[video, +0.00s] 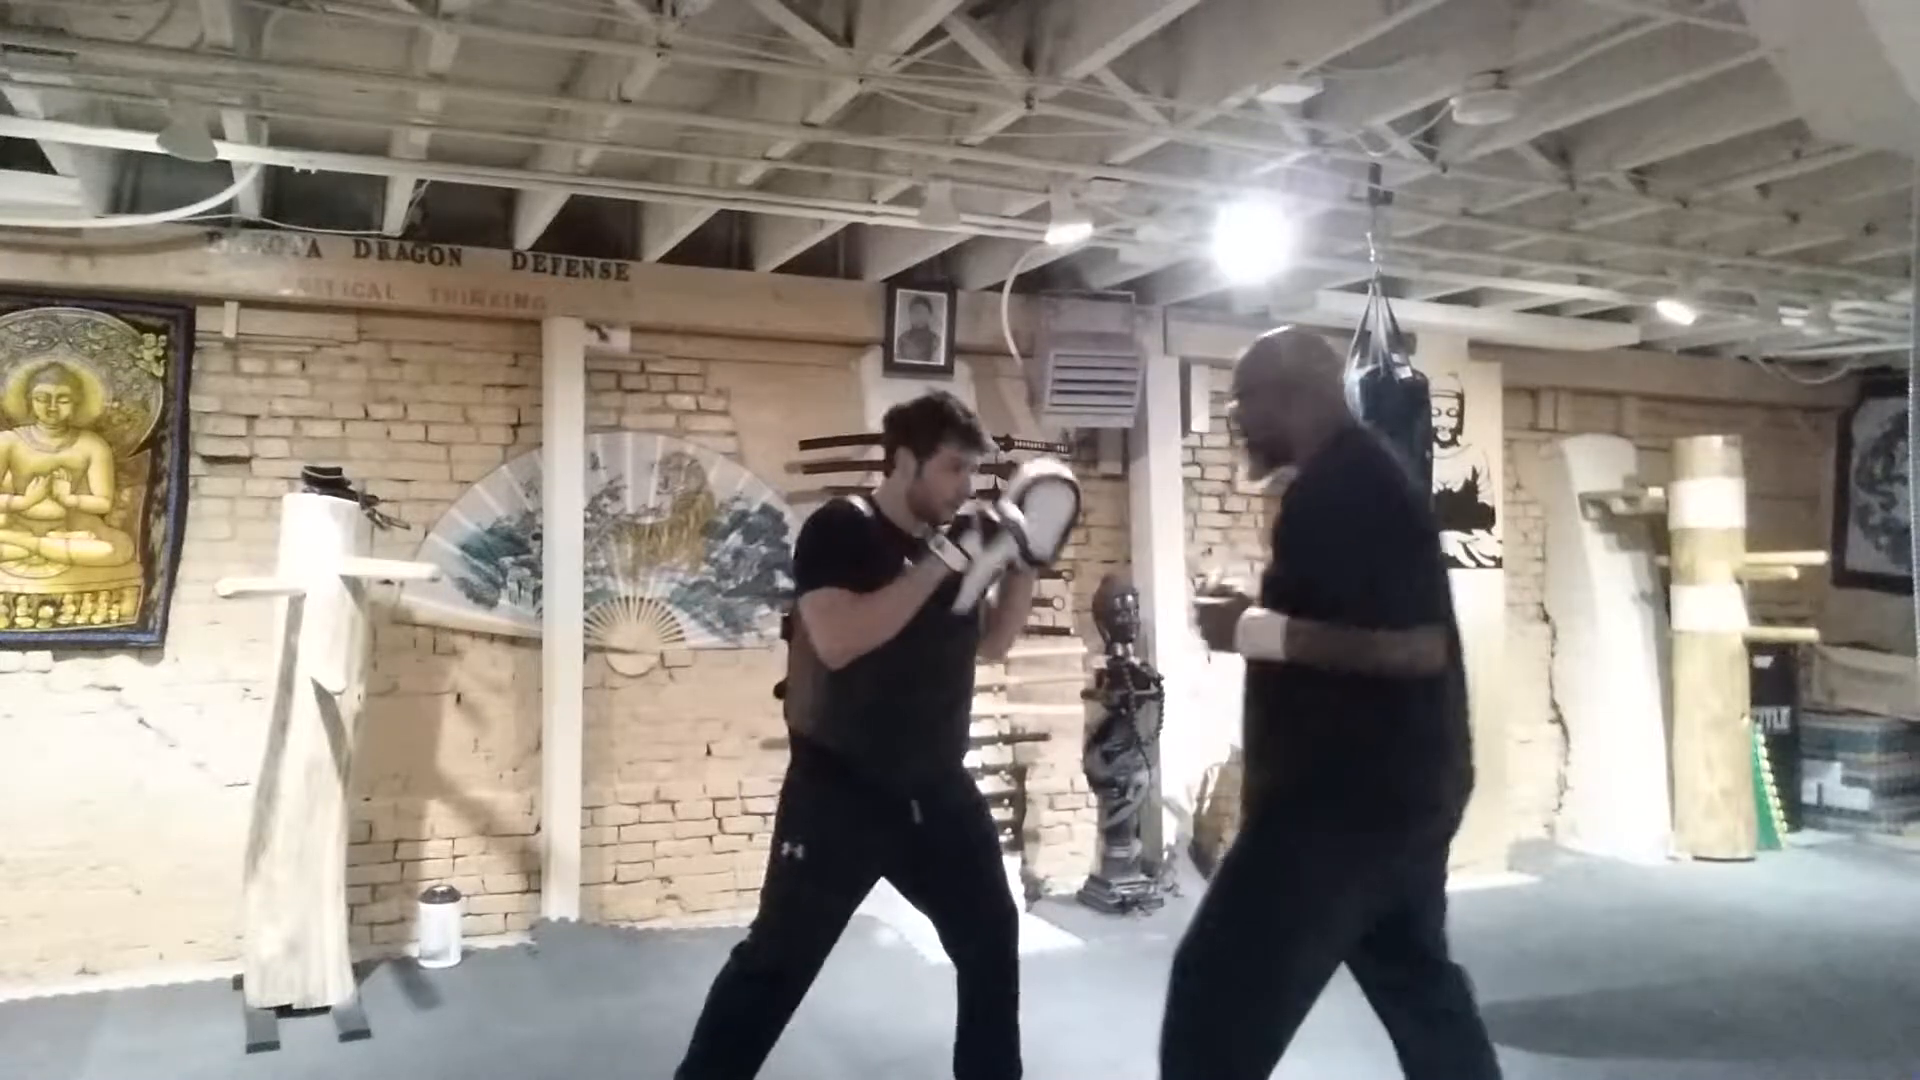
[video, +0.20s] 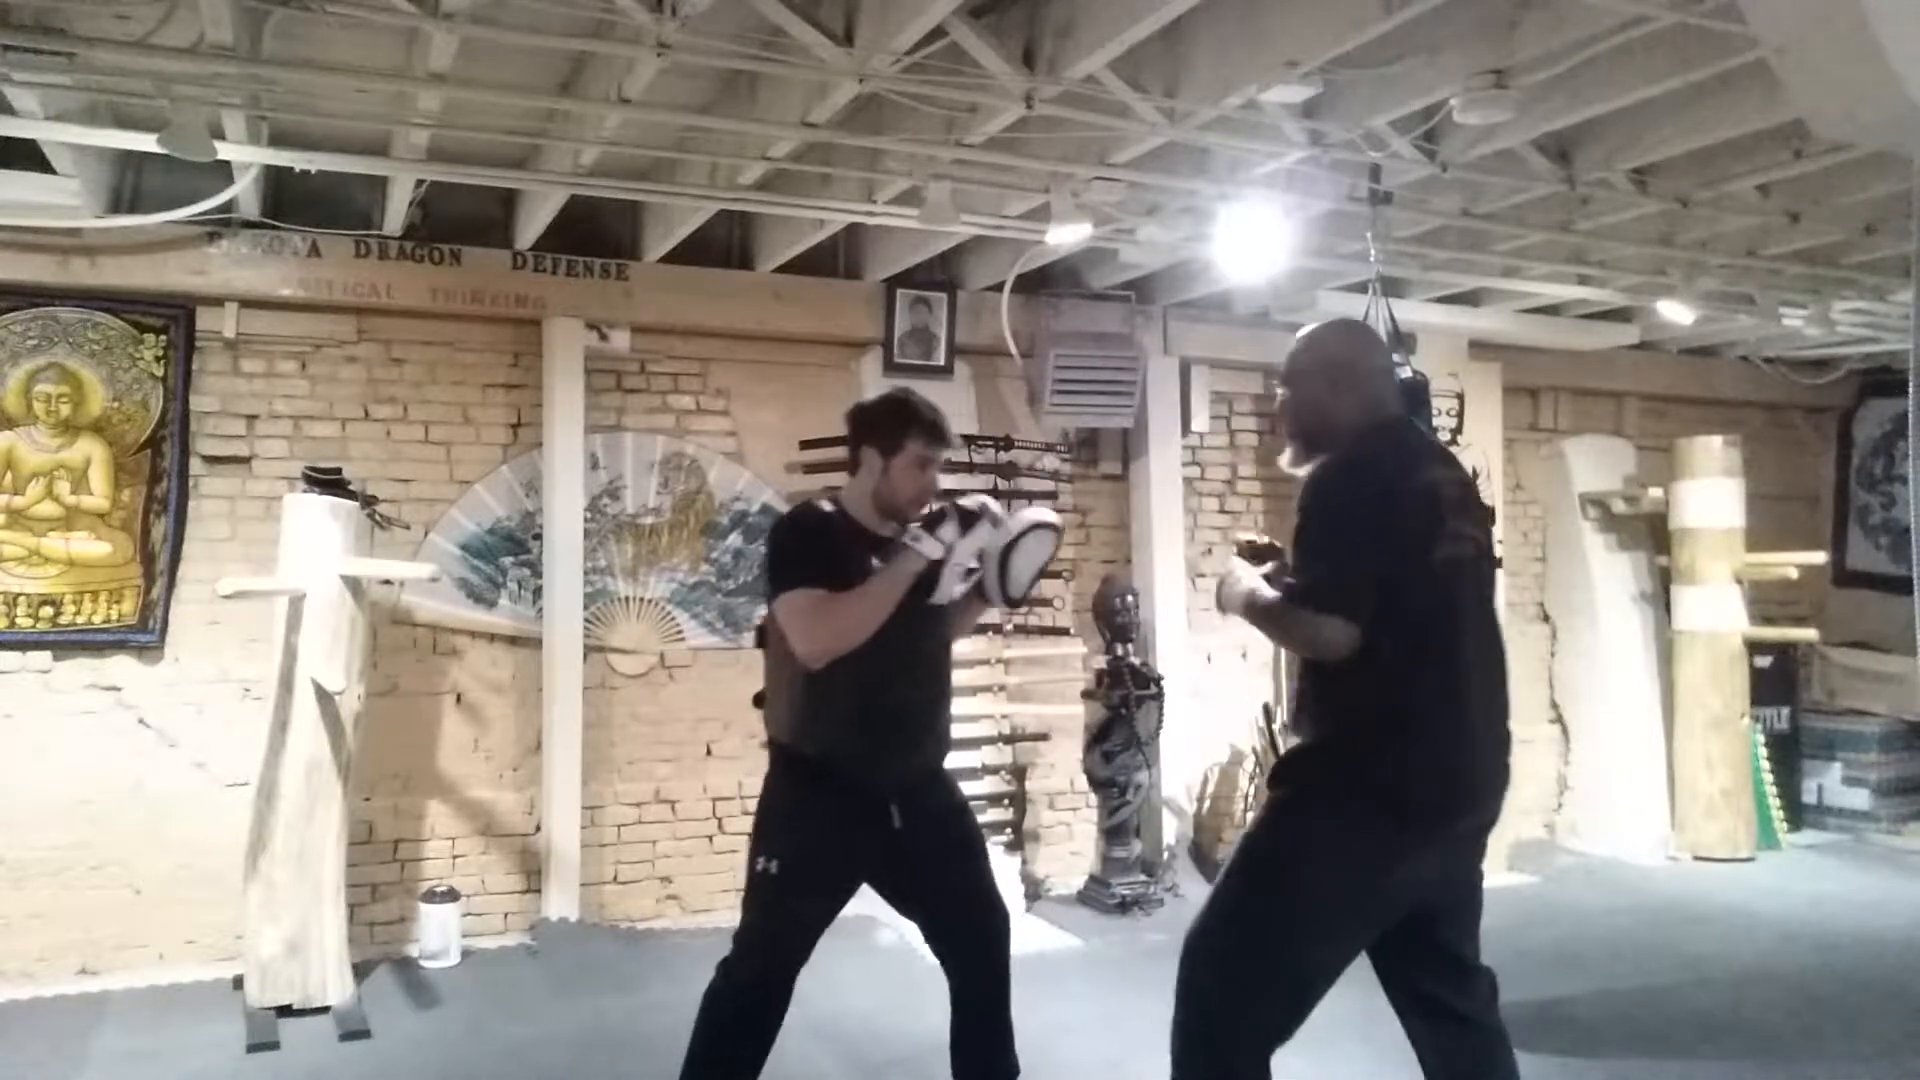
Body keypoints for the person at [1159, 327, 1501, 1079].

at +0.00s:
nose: (1234, 415)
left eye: (1247, 396)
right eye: (1234, 399)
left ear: (1303, 394)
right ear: (1311, 395)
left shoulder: (1351, 481)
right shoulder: (1350, 475)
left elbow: (1419, 645)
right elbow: (1358, 623)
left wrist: (1251, 629)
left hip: (1347, 803)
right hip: (1391, 798)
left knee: (1219, 996)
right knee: (1418, 987)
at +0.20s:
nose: (1279, 408)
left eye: (1289, 387)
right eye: (1281, 388)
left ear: (1338, 388)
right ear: (1374, 387)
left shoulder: (1348, 477)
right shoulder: (1440, 471)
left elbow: (1331, 631)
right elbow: (1409, 603)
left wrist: (1250, 600)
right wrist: (1297, 568)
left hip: (1363, 789)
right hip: (1454, 780)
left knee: (1222, 985)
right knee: (1447, 996)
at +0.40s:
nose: (1275, 414)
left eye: (1284, 393)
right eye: (1277, 395)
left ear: (1333, 395)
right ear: (1375, 392)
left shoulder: (1332, 486)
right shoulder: (1452, 475)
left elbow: (1277, 644)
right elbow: (1404, 613)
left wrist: (1244, 593)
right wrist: (1291, 584)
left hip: (1365, 791)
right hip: (1467, 780)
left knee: (1243, 1021)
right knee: (1444, 1003)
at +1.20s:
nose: (1184, 434)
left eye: (1197, 415)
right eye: (1184, 417)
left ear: (1248, 412)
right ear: (1261, 413)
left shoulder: (1275, 512)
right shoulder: (1329, 494)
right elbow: (1284, 585)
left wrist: (1145, 647)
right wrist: (1200, 521)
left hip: (1292, 823)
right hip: (1368, 813)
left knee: (1159, 984)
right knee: (1376, 1019)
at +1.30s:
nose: (1157, 444)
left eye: (1169, 423)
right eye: (1157, 425)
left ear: (1221, 418)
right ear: (1223, 419)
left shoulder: (1303, 508)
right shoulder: (1226, 513)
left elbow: (1302, 682)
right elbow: (1142, 550)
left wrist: (1168, 659)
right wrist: (1060, 487)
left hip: (1289, 819)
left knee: (1154, 986)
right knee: (1368, 1014)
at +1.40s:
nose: (1141, 450)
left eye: (1147, 429)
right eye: (1139, 432)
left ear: (1198, 418)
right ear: (1202, 420)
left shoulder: (1298, 504)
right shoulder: (1208, 512)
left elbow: (1302, 678)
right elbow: (1131, 580)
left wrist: (1166, 636)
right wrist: (1057, 533)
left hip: (1278, 815)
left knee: (1142, 985)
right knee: (1335, 984)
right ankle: (1415, 1075)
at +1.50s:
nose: (1142, 446)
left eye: (1149, 426)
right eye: (1141, 429)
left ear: (1200, 418)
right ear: (1209, 419)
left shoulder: (1266, 506)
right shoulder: (1252, 501)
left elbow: (1238, 676)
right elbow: (1221, 653)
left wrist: (1149, 616)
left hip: (1263, 812)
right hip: (1317, 801)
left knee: (1134, 981)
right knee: (1297, 971)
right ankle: (1372, 1075)